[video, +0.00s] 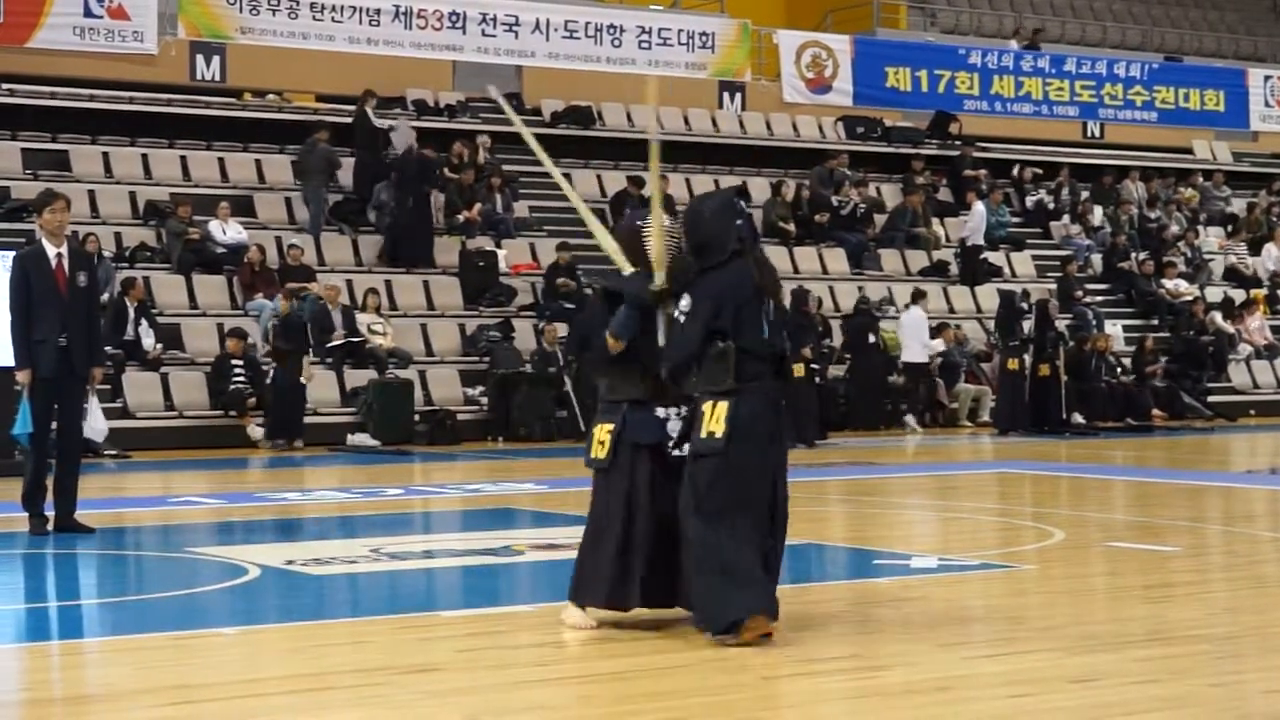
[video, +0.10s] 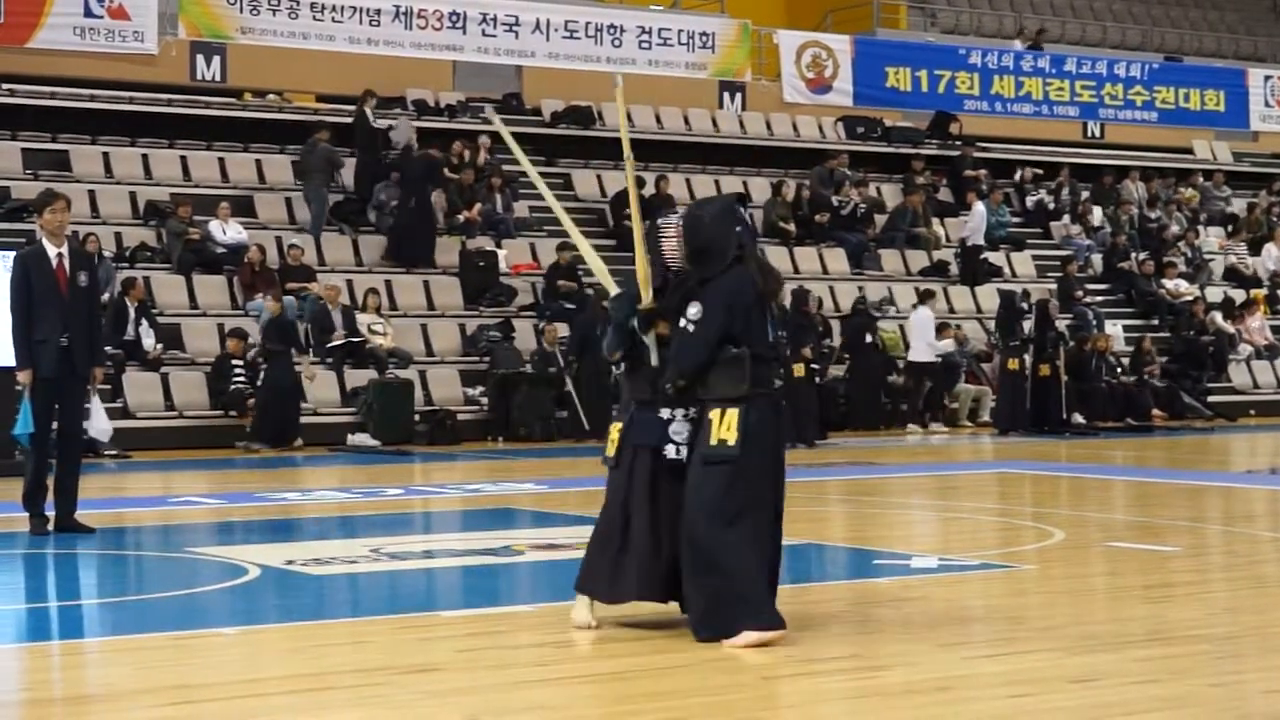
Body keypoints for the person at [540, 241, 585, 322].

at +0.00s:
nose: (569, 256)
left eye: (569, 253)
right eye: (566, 253)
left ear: (570, 253)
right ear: (559, 253)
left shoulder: (572, 267)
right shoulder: (552, 268)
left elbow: (579, 286)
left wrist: (571, 285)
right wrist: (556, 283)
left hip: (570, 297)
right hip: (555, 298)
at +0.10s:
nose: (570, 255)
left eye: (571, 252)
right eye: (567, 253)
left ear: (572, 253)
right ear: (559, 253)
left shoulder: (572, 267)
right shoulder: (553, 268)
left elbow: (580, 286)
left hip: (572, 298)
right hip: (556, 298)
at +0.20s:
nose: (570, 255)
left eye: (570, 252)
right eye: (567, 252)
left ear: (571, 252)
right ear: (560, 253)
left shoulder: (572, 267)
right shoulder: (553, 268)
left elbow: (580, 286)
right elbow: (550, 287)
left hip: (572, 298)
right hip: (556, 298)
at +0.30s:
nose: (571, 254)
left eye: (571, 252)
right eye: (568, 252)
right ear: (560, 253)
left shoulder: (572, 267)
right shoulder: (553, 268)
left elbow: (579, 286)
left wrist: (561, 285)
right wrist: (572, 287)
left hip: (570, 299)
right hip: (555, 300)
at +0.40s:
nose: (571, 255)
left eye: (571, 252)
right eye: (568, 252)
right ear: (560, 253)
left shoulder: (572, 267)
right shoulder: (553, 268)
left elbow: (579, 287)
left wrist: (560, 286)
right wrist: (573, 287)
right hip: (554, 300)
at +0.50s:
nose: (572, 255)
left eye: (571, 252)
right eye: (569, 252)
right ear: (561, 254)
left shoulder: (573, 268)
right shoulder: (553, 270)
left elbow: (579, 288)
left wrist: (560, 287)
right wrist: (573, 289)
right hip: (554, 302)